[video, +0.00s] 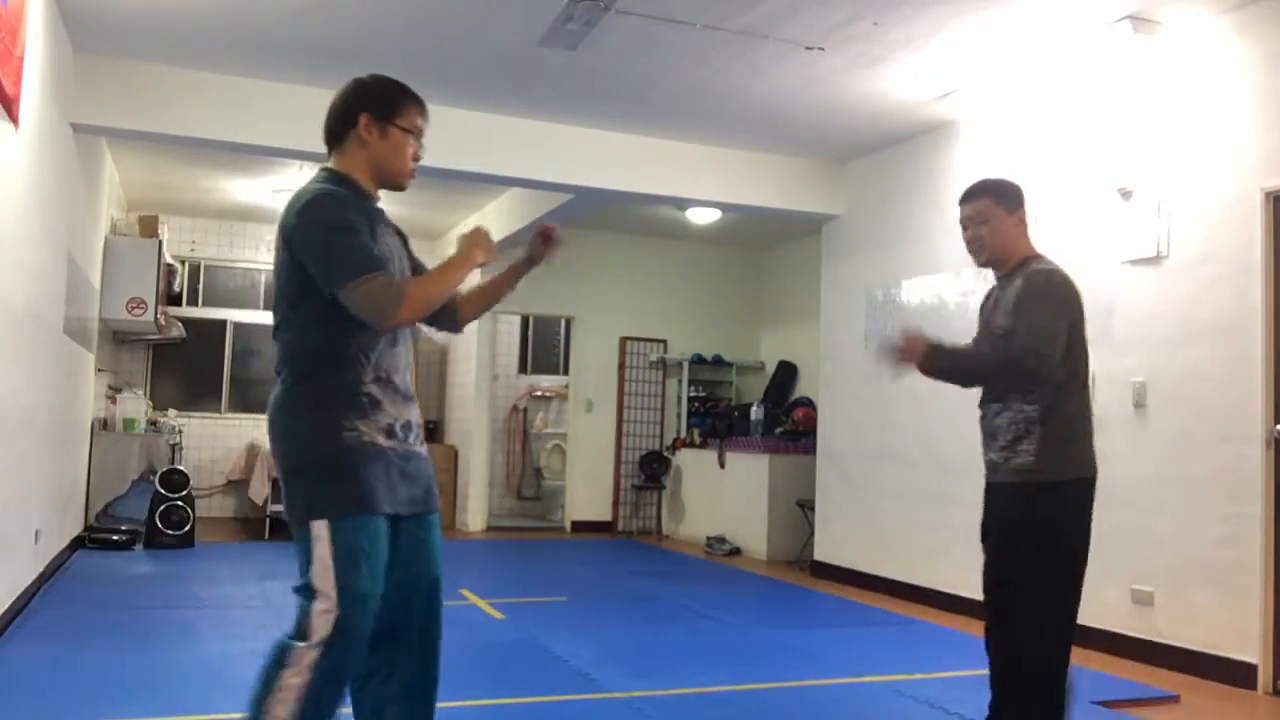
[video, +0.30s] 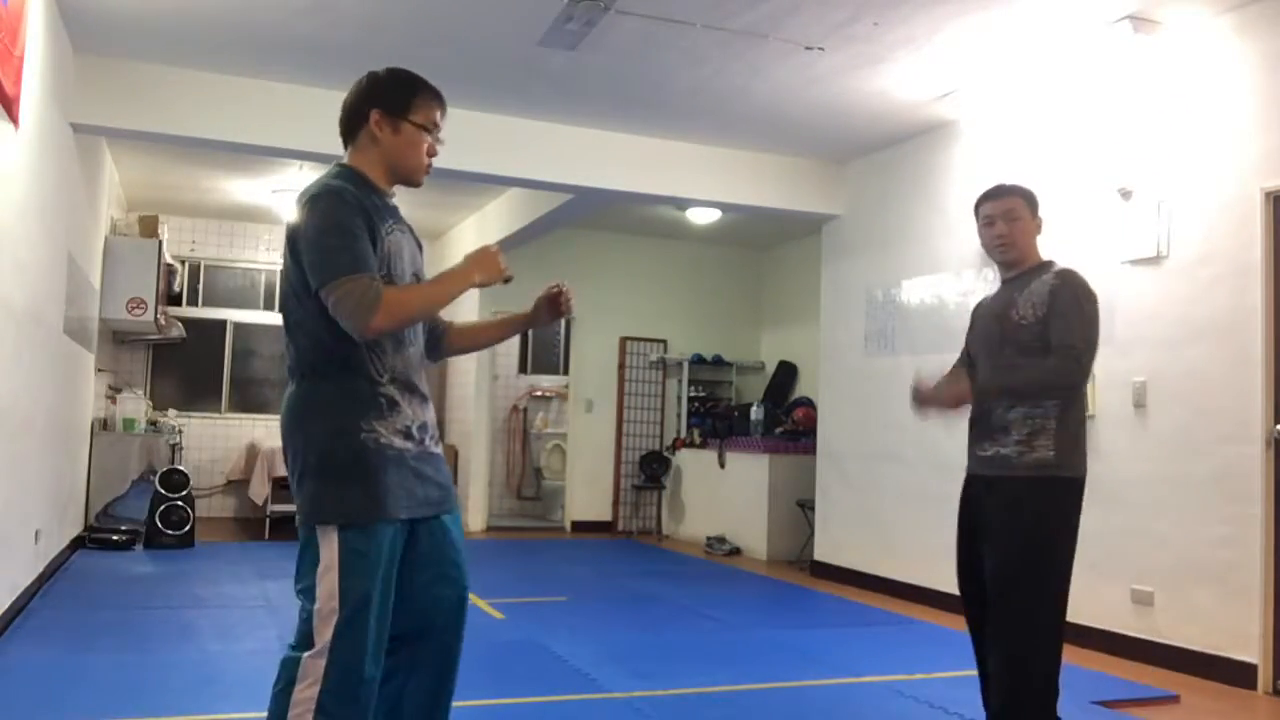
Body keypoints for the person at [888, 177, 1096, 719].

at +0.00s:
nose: (969, 236)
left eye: (979, 223)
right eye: (964, 227)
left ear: (1015, 219)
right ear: (964, 233)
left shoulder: (1046, 285)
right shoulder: (996, 298)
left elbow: (1030, 364)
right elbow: (989, 362)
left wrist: (935, 356)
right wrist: (930, 356)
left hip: (1050, 482)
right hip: (1009, 481)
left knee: (1038, 624)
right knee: (1007, 619)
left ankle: (1033, 712)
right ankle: (1007, 710)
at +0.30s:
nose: (999, 230)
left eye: (1011, 218)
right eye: (988, 222)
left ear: (1036, 225)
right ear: (980, 235)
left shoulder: (1066, 288)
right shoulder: (985, 308)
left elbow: (1070, 370)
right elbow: (970, 371)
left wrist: (978, 386)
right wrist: (941, 392)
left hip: (1044, 481)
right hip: (986, 480)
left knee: (1027, 621)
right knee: (986, 615)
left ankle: (1031, 712)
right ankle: (1001, 711)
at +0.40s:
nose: (1003, 232)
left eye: (1015, 220)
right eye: (992, 224)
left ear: (1039, 228)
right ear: (982, 239)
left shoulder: (1072, 291)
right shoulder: (981, 313)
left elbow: (1086, 377)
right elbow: (964, 379)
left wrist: (1018, 439)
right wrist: (938, 436)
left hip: (1054, 475)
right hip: (993, 475)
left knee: (1032, 606)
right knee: (994, 601)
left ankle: (1032, 710)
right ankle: (1006, 708)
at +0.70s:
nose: (1017, 230)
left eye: (1028, 219)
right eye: (1005, 222)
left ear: (1050, 227)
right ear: (993, 235)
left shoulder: (1090, 292)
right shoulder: (986, 310)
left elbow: (1121, 382)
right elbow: (975, 393)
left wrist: (1103, 463)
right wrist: (975, 472)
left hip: (1072, 482)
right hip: (1007, 483)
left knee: (1071, 611)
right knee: (1018, 608)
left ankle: (1079, 709)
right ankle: (1029, 706)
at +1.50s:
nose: (1025, 236)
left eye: (1034, 224)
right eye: (1023, 225)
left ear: (1077, 222)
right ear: (1056, 227)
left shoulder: (1122, 283)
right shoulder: (1048, 290)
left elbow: (1136, 363)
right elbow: (1041, 362)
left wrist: (1048, 399)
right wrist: (1016, 393)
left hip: (1106, 485)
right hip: (1048, 481)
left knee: (1106, 623)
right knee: (1043, 611)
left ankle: (1113, 713)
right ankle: (1053, 711)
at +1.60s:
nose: (1025, 242)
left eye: (1033, 228)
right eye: (1022, 231)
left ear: (1074, 224)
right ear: (1065, 228)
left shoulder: (1121, 286)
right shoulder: (1048, 295)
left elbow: (1106, 360)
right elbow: (1050, 367)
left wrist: (1019, 348)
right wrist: (1007, 356)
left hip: (1102, 484)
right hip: (1045, 481)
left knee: (1102, 617)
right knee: (1042, 604)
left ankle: (1110, 712)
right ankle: (1054, 709)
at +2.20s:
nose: (994, 258)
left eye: (1000, 244)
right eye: (989, 249)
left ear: (1035, 235)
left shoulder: (1072, 292)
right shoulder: (1021, 309)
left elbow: (1035, 358)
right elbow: (982, 382)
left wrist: (985, 317)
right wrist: (970, 323)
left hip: (1052, 476)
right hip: (1012, 476)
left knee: (1036, 603)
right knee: (1005, 602)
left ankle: (1053, 711)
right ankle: (1013, 710)